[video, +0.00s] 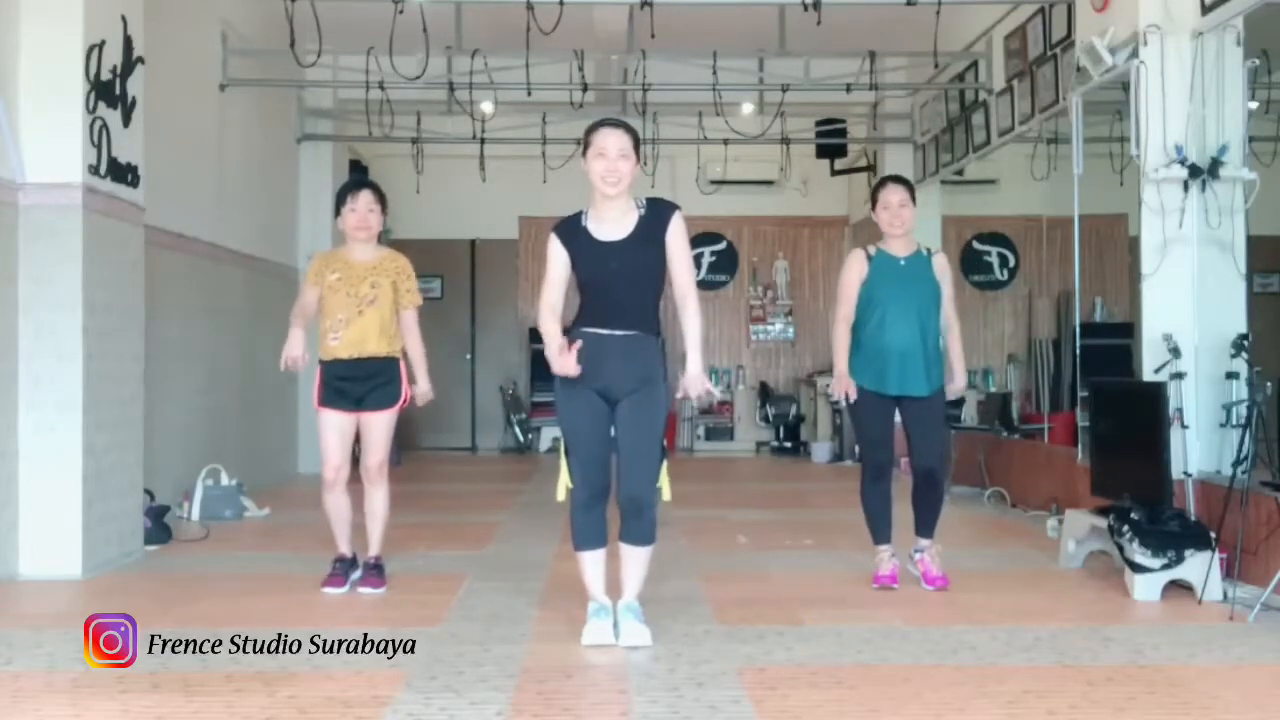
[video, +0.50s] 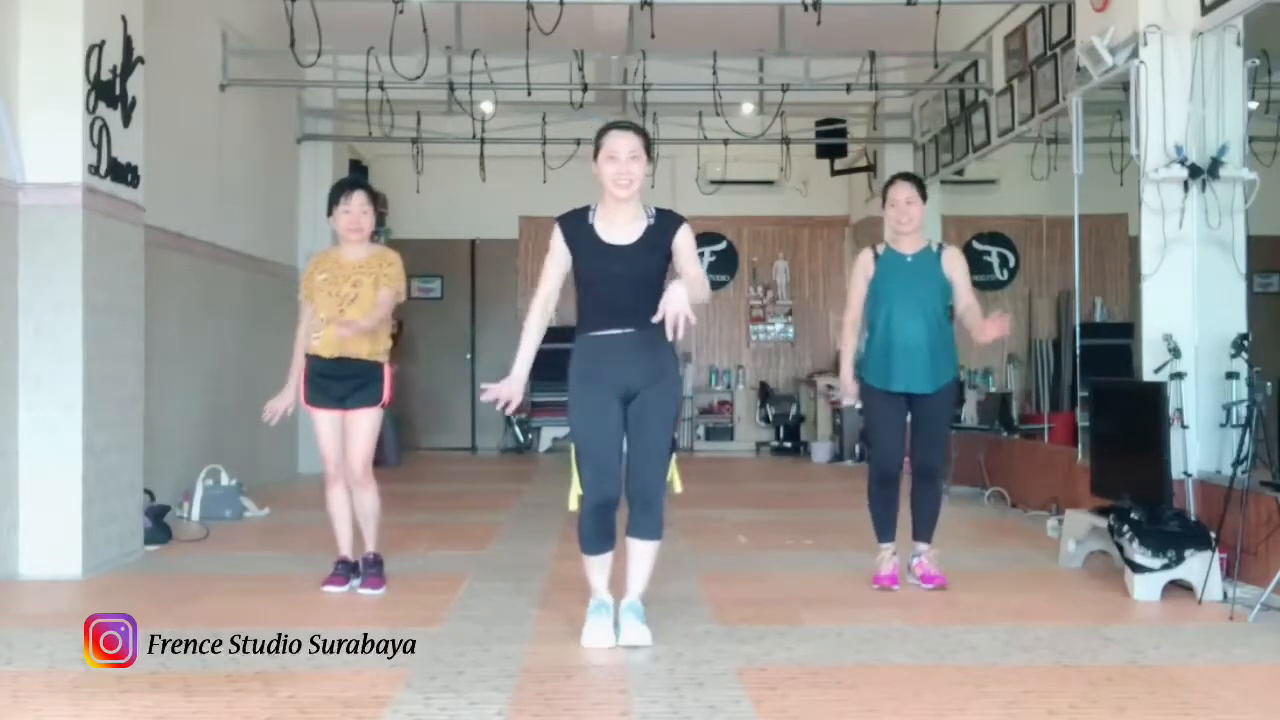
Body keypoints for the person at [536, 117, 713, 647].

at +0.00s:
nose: (612, 165)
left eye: (622, 155)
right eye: (601, 155)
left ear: (638, 164)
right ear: (585, 163)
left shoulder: (665, 219)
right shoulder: (567, 232)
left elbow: (687, 294)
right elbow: (550, 304)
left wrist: (695, 362)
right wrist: (555, 352)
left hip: (643, 366)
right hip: (580, 365)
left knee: (638, 490)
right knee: (587, 489)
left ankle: (630, 605)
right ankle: (597, 604)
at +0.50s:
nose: (624, 168)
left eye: (633, 158)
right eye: (613, 158)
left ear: (648, 167)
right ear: (595, 165)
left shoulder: (672, 228)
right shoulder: (570, 229)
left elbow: (703, 291)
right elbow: (542, 305)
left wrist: (681, 287)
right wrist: (518, 374)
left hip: (655, 367)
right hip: (592, 369)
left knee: (648, 488)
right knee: (599, 491)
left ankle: (633, 605)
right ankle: (599, 602)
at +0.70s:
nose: (617, 165)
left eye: (628, 155)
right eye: (607, 154)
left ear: (645, 164)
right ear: (591, 162)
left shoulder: (667, 216)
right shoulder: (566, 220)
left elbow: (703, 267)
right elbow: (512, 275)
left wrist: (710, 260)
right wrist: (479, 337)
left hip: (650, 364)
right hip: (589, 365)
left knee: (645, 486)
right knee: (587, 488)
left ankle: (632, 605)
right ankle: (590, 599)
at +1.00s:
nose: (603, 183)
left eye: (614, 174)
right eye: (592, 173)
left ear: (629, 183)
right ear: (576, 181)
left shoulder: (652, 240)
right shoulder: (550, 243)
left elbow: (679, 317)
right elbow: (518, 314)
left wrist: (698, 390)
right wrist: (494, 375)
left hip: (628, 379)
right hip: (563, 380)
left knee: (643, 490)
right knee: (569, 503)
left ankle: (636, 585)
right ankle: (589, 611)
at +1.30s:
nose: (596, 167)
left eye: (607, 158)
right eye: (586, 157)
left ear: (623, 167)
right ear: (569, 164)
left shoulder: (644, 223)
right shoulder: (541, 223)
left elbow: (676, 296)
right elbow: (506, 294)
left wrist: (692, 364)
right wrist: (519, 311)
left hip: (624, 364)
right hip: (560, 364)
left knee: (633, 483)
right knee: (572, 496)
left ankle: (626, 615)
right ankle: (588, 612)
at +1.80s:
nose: (593, 162)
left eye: (604, 153)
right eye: (582, 153)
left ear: (619, 162)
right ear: (565, 161)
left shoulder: (638, 214)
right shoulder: (539, 219)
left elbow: (656, 271)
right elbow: (509, 288)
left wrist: (662, 332)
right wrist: (541, 283)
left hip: (625, 359)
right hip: (559, 363)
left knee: (633, 486)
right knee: (573, 494)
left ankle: (637, 619)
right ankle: (588, 612)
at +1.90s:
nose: (591, 164)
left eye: (602, 155)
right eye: (580, 154)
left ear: (616, 166)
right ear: (562, 163)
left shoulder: (639, 226)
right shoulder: (538, 231)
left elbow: (650, 293)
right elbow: (516, 307)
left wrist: (665, 353)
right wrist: (540, 327)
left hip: (626, 372)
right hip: (560, 374)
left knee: (635, 489)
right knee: (570, 499)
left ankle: (637, 620)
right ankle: (589, 612)